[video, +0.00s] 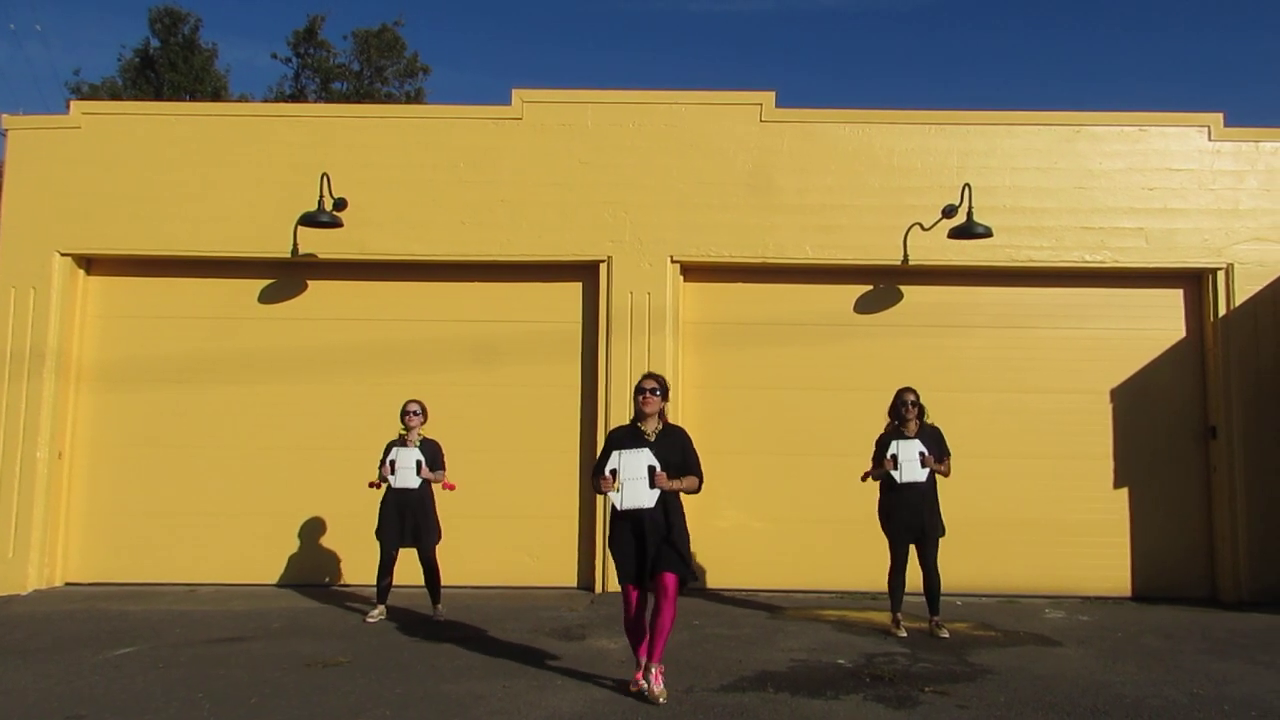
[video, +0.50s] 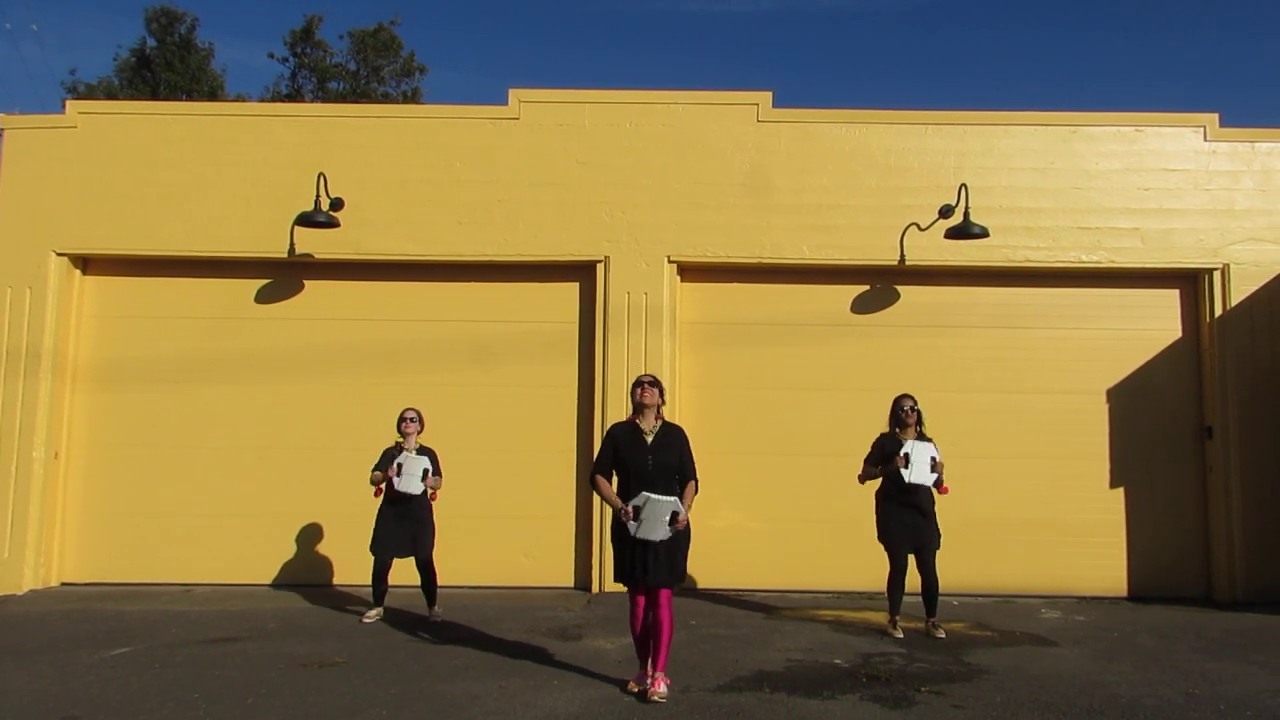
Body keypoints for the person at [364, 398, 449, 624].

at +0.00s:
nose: (410, 417)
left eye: (415, 413)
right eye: (406, 413)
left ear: (423, 417)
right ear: (402, 418)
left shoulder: (431, 446)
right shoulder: (393, 446)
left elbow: (441, 476)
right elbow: (382, 476)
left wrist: (428, 475)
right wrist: (384, 474)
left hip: (422, 510)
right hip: (393, 509)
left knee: (428, 558)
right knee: (387, 557)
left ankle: (436, 606)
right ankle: (380, 606)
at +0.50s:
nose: (407, 423)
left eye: (412, 420)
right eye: (403, 420)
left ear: (420, 425)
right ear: (399, 426)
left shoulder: (428, 454)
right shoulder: (391, 453)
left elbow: (438, 483)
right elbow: (374, 479)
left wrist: (430, 482)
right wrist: (387, 474)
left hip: (419, 516)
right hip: (391, 514)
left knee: (424, 561)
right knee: (382, 561)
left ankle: (432, 607)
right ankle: (378, 606)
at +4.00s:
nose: (414, 414)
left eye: (419, 411)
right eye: (410, 411)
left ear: (426, 416)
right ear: (404, 415)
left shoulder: (434, 442)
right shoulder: (393, 442)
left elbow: (445, 469)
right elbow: (383, 472)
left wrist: (430, 469)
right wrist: (385, 466)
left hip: (426, 506)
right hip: (398, 505)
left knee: (430, 554)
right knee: (396, 555)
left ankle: (437, 604)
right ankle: (389, 606)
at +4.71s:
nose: (405, 420)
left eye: (410, 417)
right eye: (402, 417)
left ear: (418, 422)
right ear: (397, 422)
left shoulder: (426, 448)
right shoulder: (387, 448)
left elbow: (438, 474)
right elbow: (378, 473)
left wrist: (425, 476)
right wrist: (381, 472)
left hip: (420, 511)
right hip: (391, 511)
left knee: (425, 557)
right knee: (390, 559)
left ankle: (436, 607)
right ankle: (383, 609)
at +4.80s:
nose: (405, 419)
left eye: (409, 416)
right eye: (401, 416)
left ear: (417, 420)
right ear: (396, 421)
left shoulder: (425, 447)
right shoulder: (387, 446)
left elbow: (435, 476)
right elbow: (378, 475)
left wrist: (424, 472)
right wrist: (380, 471)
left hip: (419, 508)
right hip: (391, 509)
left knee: (426, 556)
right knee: (387, 556)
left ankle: (437, 606)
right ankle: (381, 607)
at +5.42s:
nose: (404, 422)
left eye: (409, 419)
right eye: (400, 419)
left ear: (417, 424)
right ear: (395, 424)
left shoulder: (423, 451)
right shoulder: (386, 450)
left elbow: (434, 479)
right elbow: (376, 475)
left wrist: (422, 480)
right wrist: (378, 476)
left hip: (417, 513)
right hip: (388, 512)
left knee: (422, 561)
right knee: (386, 562)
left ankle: (433, 610)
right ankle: (380, 611)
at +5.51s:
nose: (404, 418)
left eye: (410, 414)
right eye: (401, 414)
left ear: (417, 419)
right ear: (395, 418)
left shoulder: (423, 445)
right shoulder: (385, 445)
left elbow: (434, 474)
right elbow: (376, 475)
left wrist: (422, 473)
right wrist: (377, 471)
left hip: (417, 509)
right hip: (389, 508)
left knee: (424, 557)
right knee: (385, 558)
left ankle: (434, 605)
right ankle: (379, 607)